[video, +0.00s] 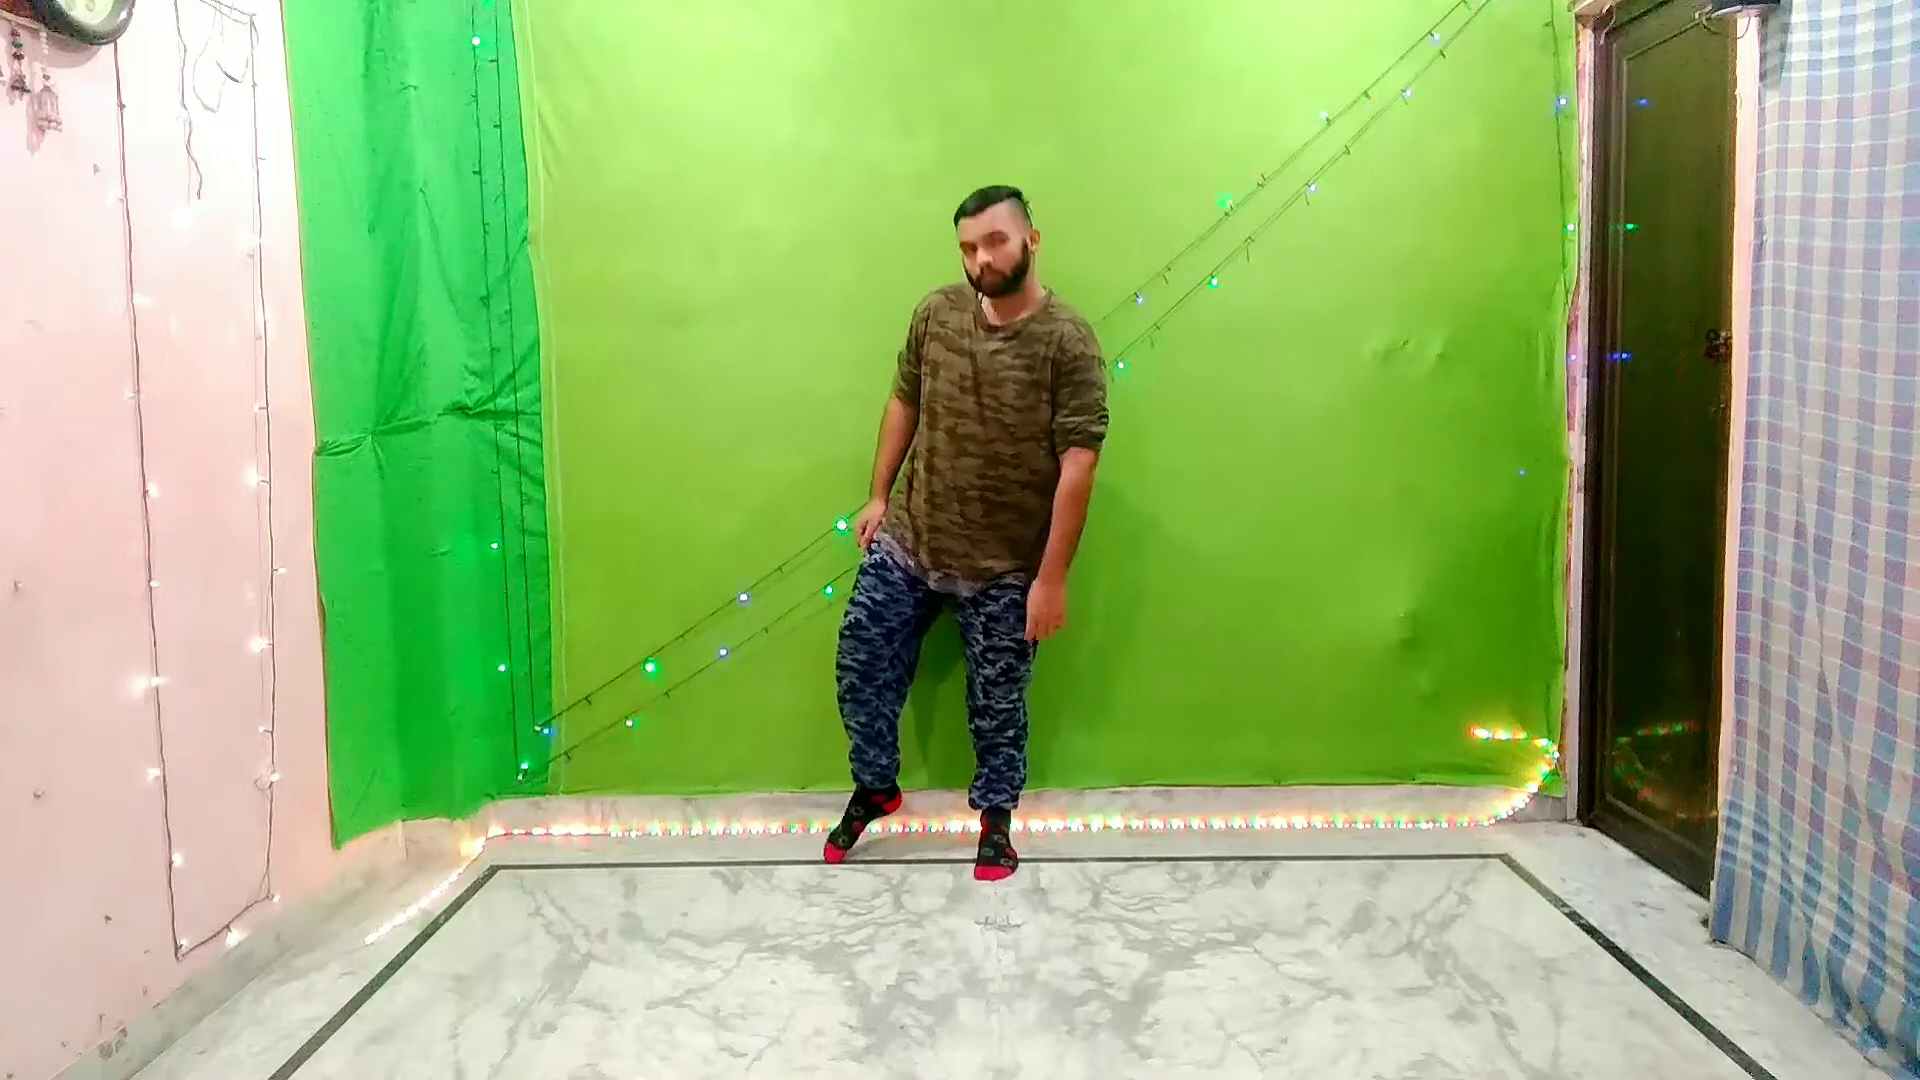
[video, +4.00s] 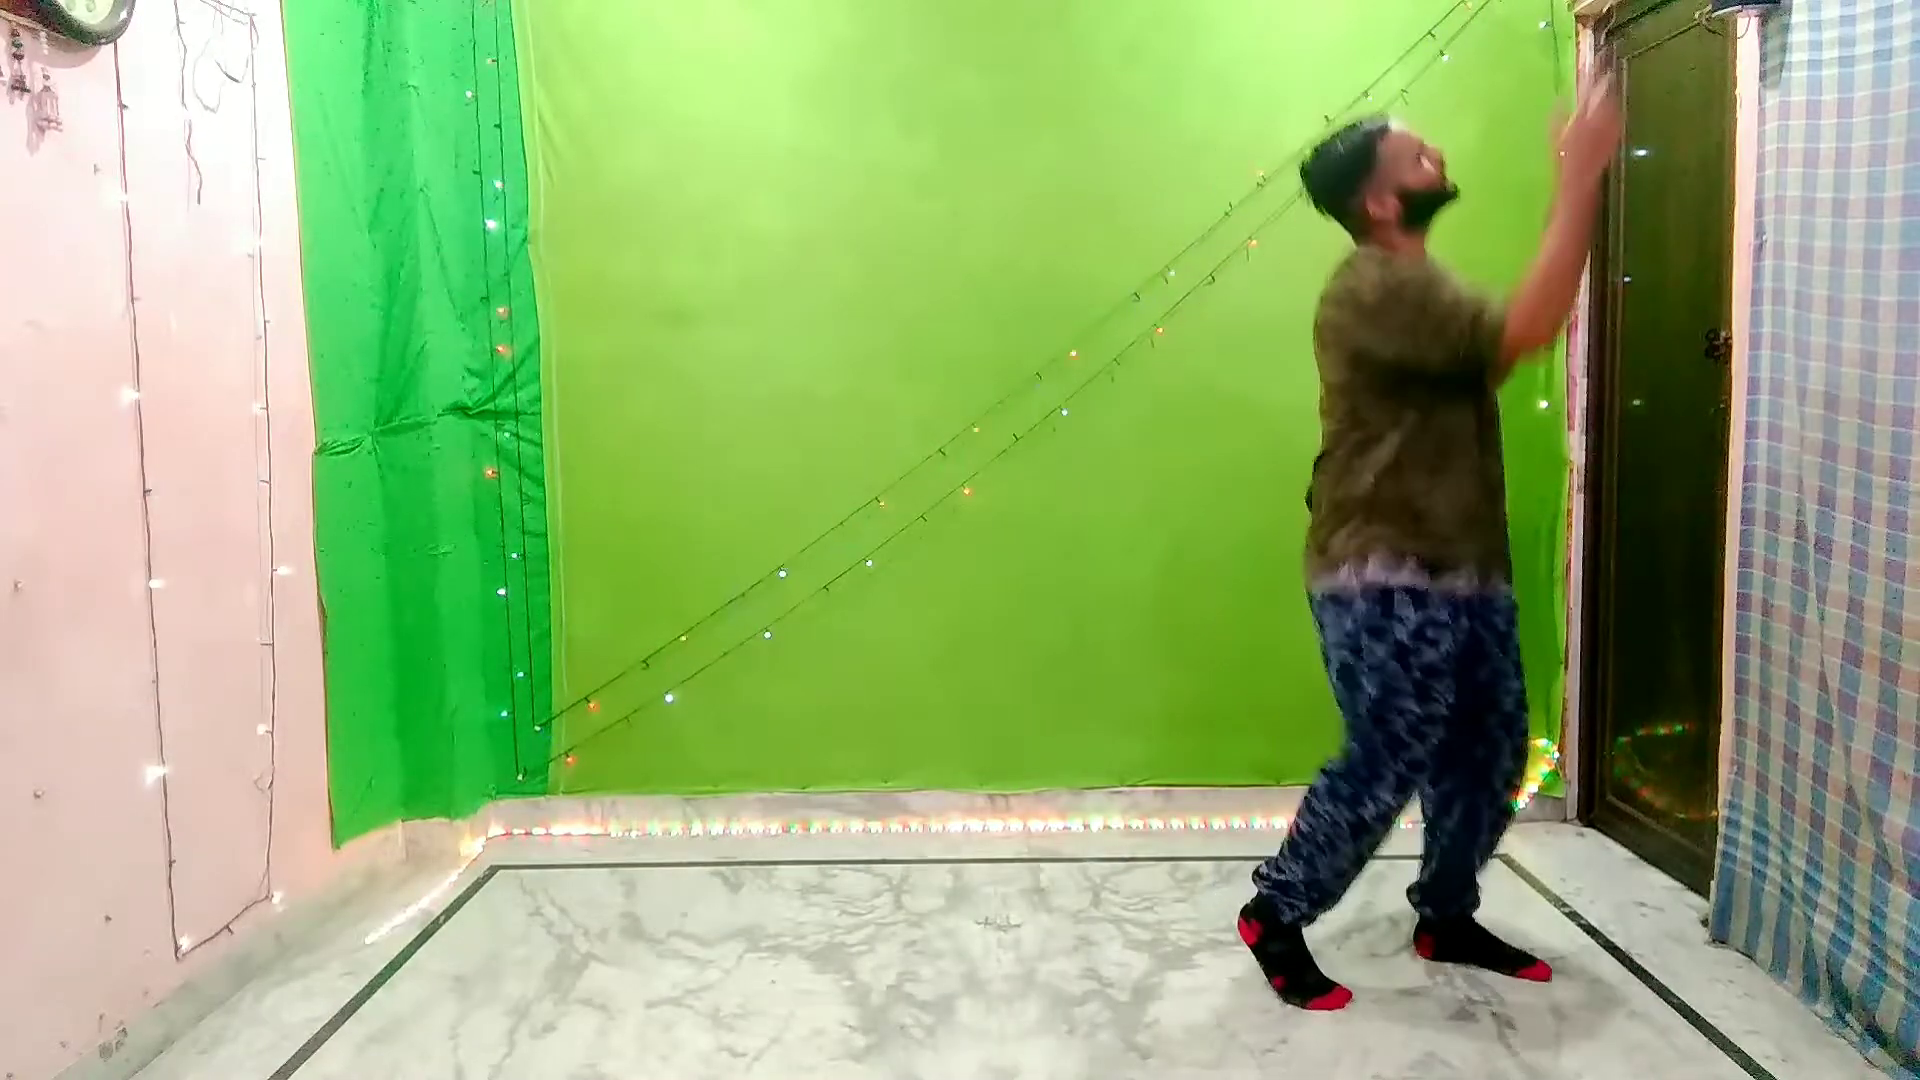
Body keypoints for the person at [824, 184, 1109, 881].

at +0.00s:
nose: (981, 260)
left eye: (995, 243)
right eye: (969, 248)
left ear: (1031, 239)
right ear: (960, 252)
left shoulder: (1068, 341)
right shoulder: (937, 313)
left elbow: (1078, 464)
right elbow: (905, 403)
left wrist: (1050, 578)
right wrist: (878, 494)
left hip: (1004, 557)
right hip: (912, 536)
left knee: (996, 696)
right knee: (864, 654)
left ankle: (995, 819)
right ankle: (874, 788)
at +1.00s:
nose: (822, 221)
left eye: (824, 207)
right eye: (802, 225)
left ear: (851, 216)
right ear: (793, 259)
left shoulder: (933, 301)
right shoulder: (795, 350)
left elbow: (989, 415)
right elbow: (796, 464)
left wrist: (1002, 534)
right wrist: (809, 556)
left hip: (943, 558)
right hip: (842, 571)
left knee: (966, 706)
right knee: (838, 729)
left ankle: (988, 821)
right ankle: (824, 875)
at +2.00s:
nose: (908, 185)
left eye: (899, 176)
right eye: (886, 188)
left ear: (903, 210)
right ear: (857, 235)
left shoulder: (955, 297)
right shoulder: (852, 327)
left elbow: (971, 434)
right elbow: (855, 464)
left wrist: (998, 551)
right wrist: (913, 583)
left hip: (989, 573)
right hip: (890, 589)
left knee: (1015, 741)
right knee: (859, 750)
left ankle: (1057, 879)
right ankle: (822, 890)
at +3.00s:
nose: (1208, 171)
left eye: (1199, 161)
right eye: (1189, 166)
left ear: (1172, 200)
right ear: (1147, 204)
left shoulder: (1213, 294)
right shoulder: (1126, 305)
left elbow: (1243, 408)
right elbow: (1112, 443)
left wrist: (1278, 341)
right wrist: (1166, 578)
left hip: (1259, 571)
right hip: (1194, 583)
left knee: (1246, 736)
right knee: (1226, 766)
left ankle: (1129, 841)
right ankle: (1246, 941)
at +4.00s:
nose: (1430, 148)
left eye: (1415, 137)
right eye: (1408, 144)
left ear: (1382, 195)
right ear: (1377, 191)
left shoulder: (1423, 288)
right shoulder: (1369, 291)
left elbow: (1517, 334)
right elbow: (1523, 329)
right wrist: (1581, 178)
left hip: (1463, 566)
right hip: (1382, 571)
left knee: (1487, 745)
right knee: (1393, 750)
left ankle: (1447, 918)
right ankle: (1275, 912)